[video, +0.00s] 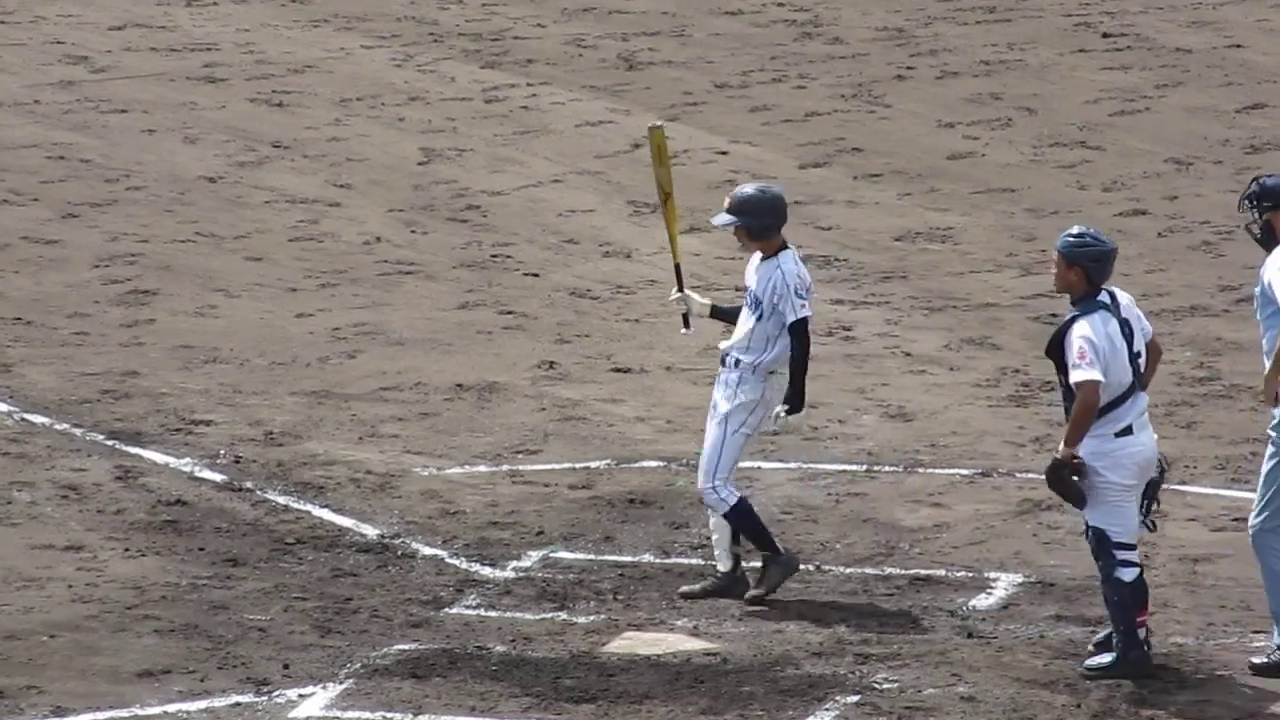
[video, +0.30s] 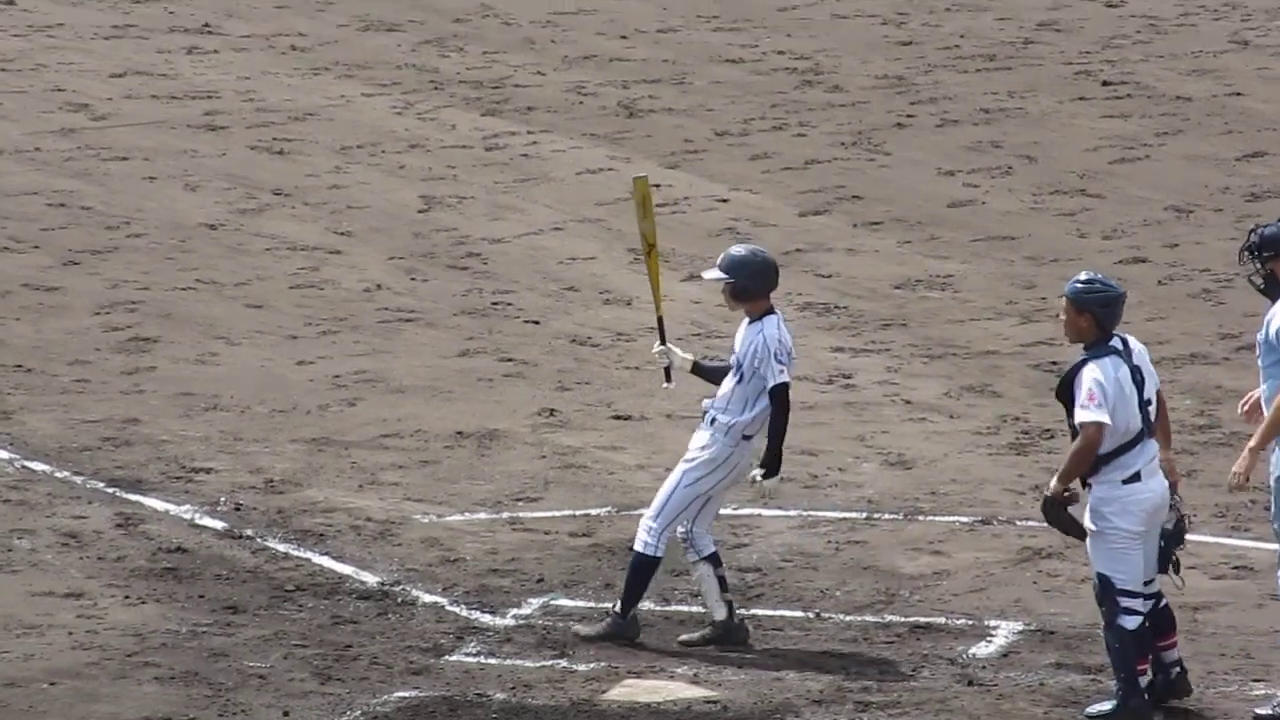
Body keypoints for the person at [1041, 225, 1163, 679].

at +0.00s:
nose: (1053, 268)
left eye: (1059, 263)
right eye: (1056, 262)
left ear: (1079, 274)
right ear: (1089, 271)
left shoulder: (1082, 330)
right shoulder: (1120, 298)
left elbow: (1089, 397)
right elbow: (1153, 349)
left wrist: (1066, 449)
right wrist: (1132, 397)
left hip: (1109, 452)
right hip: (1139, 440)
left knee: (1115, 551)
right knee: (1110, 539)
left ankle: (1132, 650)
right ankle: (1126, 629)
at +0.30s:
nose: (1062, 317)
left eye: (1068, 311)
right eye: (1064, 310)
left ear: (1088, 319)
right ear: (1101, 317)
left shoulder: (1092, 373)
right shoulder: (1133, 347)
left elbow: (1090, 440)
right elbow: (1158, 406)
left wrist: (1060, 483)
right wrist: (1165, 455)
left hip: (1119, 496)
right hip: (1153, 484)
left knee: (1118, 597)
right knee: (1147, 586)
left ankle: (1130, 694)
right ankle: (1171, 675)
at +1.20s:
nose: (1111, 330)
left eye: (1118, 324)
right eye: (1114, 322)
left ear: (1139, 332)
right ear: (1145, 330)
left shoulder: (1151, 379)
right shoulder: (1166, 372)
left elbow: (1167, 448)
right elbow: (1179, 448)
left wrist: (1137, 506)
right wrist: (1138, 501)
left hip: (1167, 509)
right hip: (1181, 505)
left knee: (1147, 613)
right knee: (1174, 611)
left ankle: (1174, 708)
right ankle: (1174, 701)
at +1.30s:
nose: (1118, 333)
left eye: (1123, 326)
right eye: (1119, 325)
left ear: (1143, 332)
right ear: (1152, 331)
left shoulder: (1157, 385)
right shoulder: (1169, 376)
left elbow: (1165, 455)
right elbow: (1174, 453)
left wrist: (1135, 513)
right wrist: (1138, 504)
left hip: (1167, 511)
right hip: (1180, 507)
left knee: (1147, 613)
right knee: (1175, 611)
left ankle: (1176, 708)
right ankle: (1175, 701)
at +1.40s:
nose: (1123, 334)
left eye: (1128, 327)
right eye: (1124, 326)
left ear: (1147, 332)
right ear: (1158, 333)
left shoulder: (1162, 388)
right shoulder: (1169, 376)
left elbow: (1163, 461)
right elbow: (1150, 438)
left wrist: (1131, 519)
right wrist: (1120, 465)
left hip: (1167, 514)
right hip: (1176, 508)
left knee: (1151, 615)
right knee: (1168, 611)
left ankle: (1175, 708)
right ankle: (1172, 701)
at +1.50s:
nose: (1125, 337)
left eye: (1130, 329)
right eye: (1126, 328)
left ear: (1149, 335)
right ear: (1160, 333)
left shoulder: (1160, 392)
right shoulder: (1178, 372)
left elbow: (1156, 465)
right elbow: (1144, 405)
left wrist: (1130, 527)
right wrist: (1108, 420)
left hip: (1166, 515)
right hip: (1180, 507)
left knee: (1160, 617)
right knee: (1167, 612)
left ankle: (1176, 708)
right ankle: (1174, 702)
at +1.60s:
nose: (1126, 338)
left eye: (1130, 331)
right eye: (1127, 330)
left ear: (1148, 336)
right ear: (1163, 335)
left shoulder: (1157, 395)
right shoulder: (1184, 370)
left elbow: (1150, 469)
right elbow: (1150, 375)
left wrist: (1131, 533)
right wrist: (1107, 369)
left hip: (1167, 517)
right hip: (1186, 507)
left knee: (1166, 617)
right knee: (1162, 612)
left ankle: (1177, 708)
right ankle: (1173, 701)